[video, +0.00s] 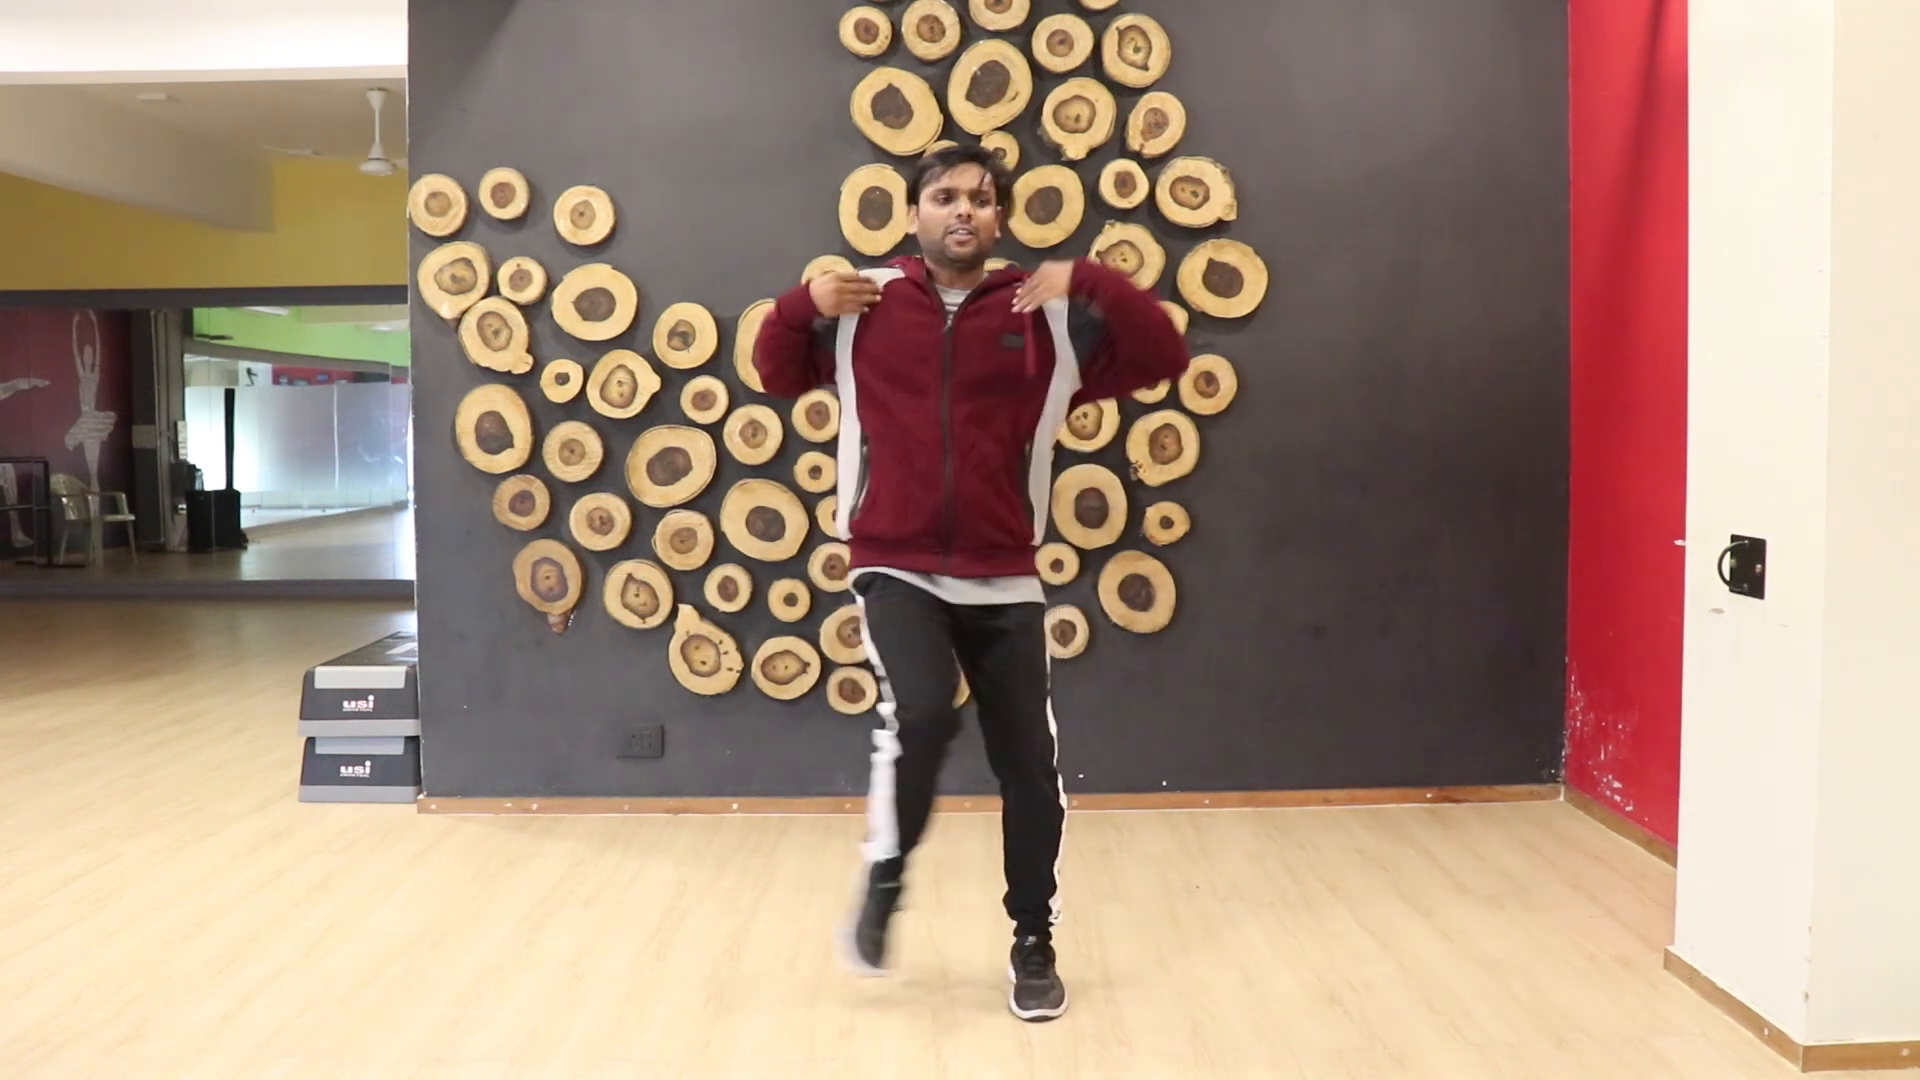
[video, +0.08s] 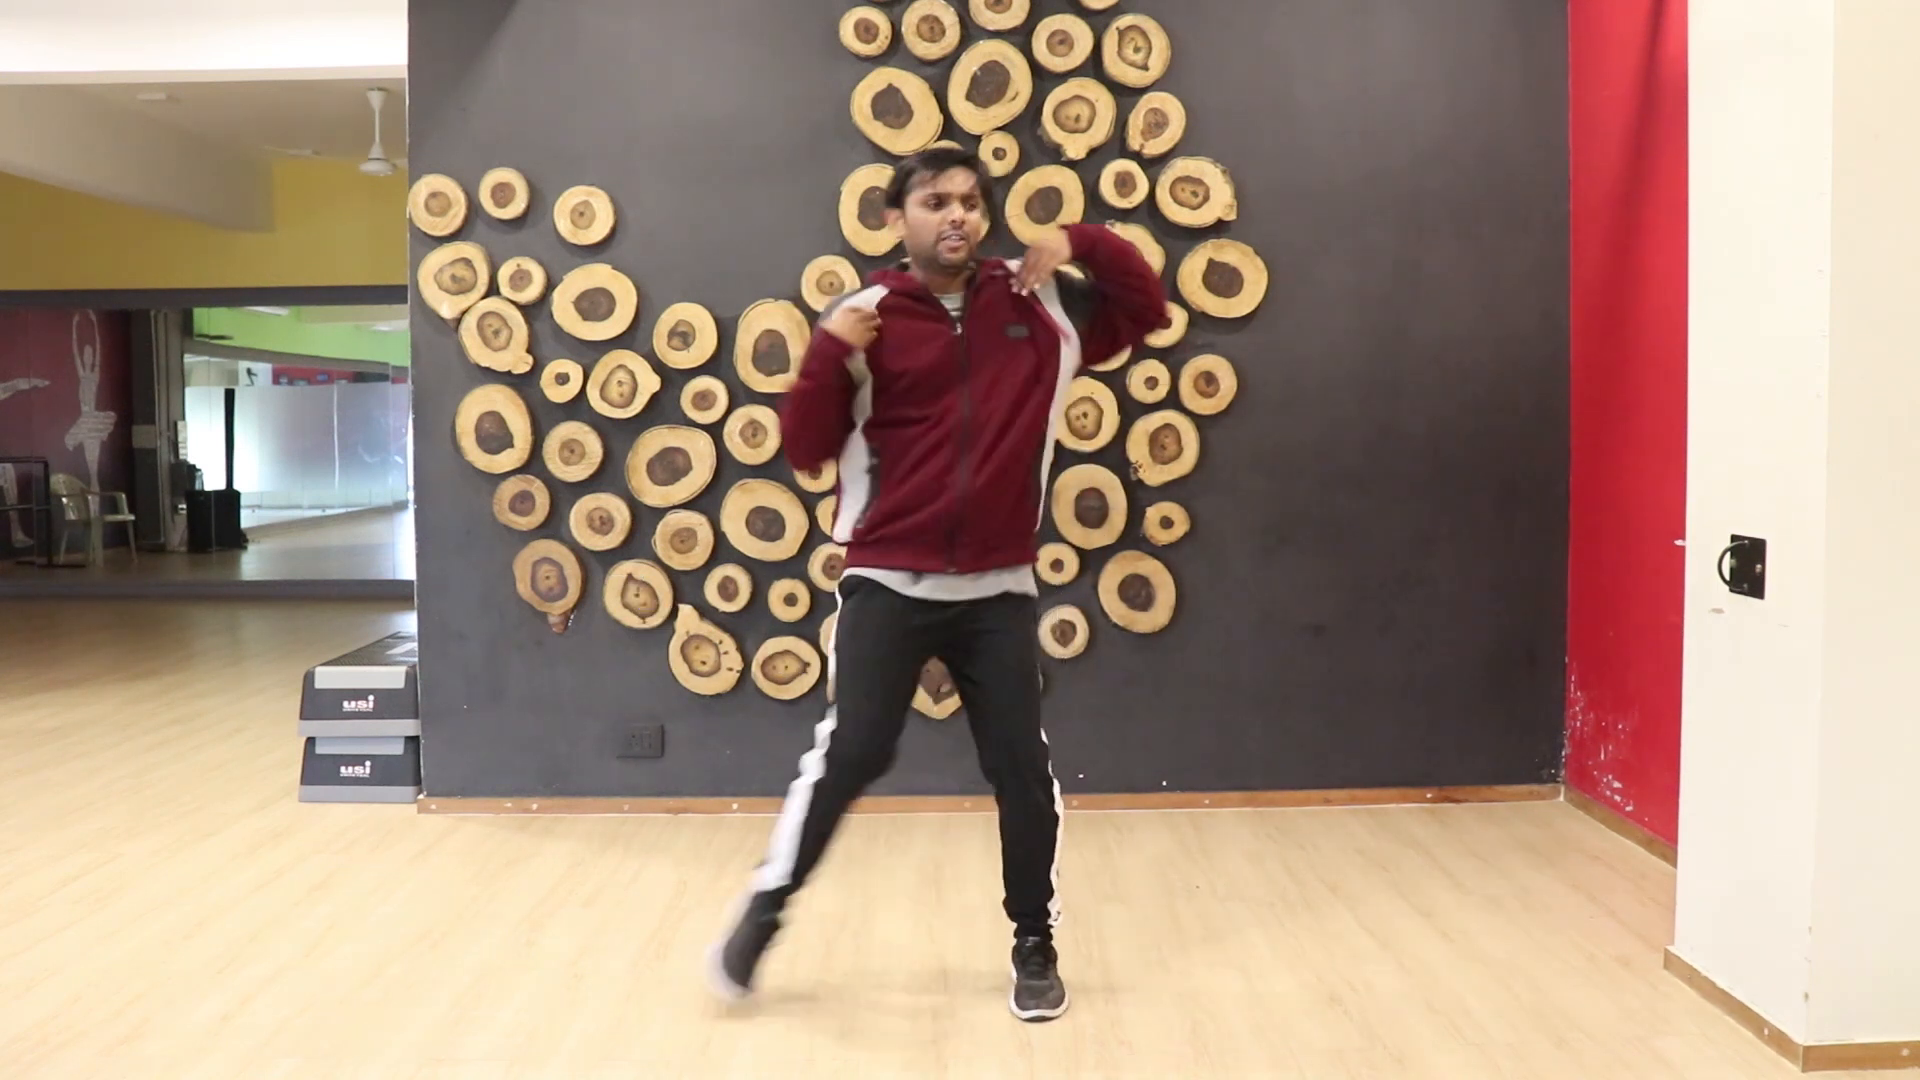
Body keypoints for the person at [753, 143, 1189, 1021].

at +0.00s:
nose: (965, 211)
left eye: (981, 199)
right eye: (946, 198)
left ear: (1001, 220)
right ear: (914, 215)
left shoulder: (1044, 312)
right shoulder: (864, 306)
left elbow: (1161, 351)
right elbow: (776, 375)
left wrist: (1087, 279)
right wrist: (804, 301)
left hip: (1002, 572)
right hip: (894, 563)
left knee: (1030, 762)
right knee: (923, 717)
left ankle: (1033, 941)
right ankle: (884, 882)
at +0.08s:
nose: (958, 217)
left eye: (970, 203)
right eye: (937, 204)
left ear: (987, 219)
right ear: (899, 221)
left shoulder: (1039, 313)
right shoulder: (866, 316)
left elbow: (1145, 305)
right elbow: (808, 453)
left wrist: (1079, 239)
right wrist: (828, 348)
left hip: (999, 584)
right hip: (887, 578)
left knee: (1021, 762)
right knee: (860, 743)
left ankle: (1035, 945)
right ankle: (766, 909)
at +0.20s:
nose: (922, 229)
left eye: (927, 214)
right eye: (900, 215)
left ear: (935, 225)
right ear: (851, 231)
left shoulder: (935, 311)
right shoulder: (846, 330)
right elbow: (913, 415)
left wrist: (1000, 296)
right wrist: (926, 313)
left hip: (995, 604)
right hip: (890, 608)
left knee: (1055, 783)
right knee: (807, 778)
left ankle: (1036, 938)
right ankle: (698, 928)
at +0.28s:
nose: (923, 231)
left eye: (928, 216)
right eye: (903, 216)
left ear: (931, 225)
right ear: (850, 227)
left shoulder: (917, 314)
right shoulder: (836, 327)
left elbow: (947, 387)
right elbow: (878, 414)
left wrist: (942, 318)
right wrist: (895, 309)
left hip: (993, 602)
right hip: (893, 611)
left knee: (1068, 773)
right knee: (820, 781)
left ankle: (1043, 940)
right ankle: (697, 928)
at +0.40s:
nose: (949, 227)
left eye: (955, 213)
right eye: (931, 210)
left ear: (949, 224)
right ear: (874, 217)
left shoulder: (915, 305)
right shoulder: (834, 287)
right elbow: (783, 235)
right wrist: (792, 173)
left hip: (972, 580)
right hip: (897, 586)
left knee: (1048, 757)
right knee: (853, 778)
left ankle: (1043, 940)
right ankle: (712, 919)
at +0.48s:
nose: (962, 233)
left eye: (967, 219)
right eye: (943, 214)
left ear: (956, 229)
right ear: (887, 216)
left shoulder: (925, 295)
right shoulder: (840, 274)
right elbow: (819, 166)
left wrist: (955, 171)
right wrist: (827, 71)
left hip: (937, 556)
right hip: (871, 557)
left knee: (1025, 754)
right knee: (880, 789)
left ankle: (1035, 941)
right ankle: (727, 914)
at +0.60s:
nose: (930, 266)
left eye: (931, 248)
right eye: (915, 246)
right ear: (866, 242)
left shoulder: (903, 338)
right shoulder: (813, 294)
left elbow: (977, 373)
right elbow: (915, 236)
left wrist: (1038, 344)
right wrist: (1011, 195)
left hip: (918, 581)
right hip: (852, 583)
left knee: (1019, 761)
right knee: (873, 814)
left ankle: (1033, 944)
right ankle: (728, 923)